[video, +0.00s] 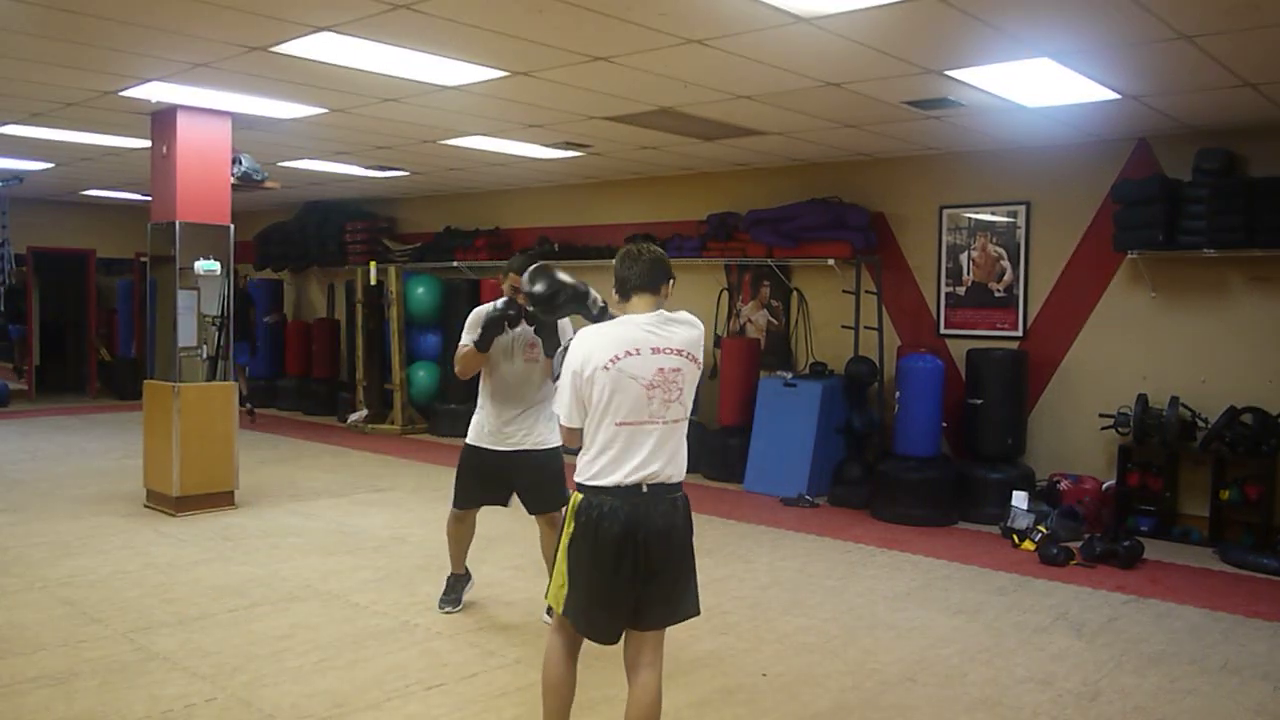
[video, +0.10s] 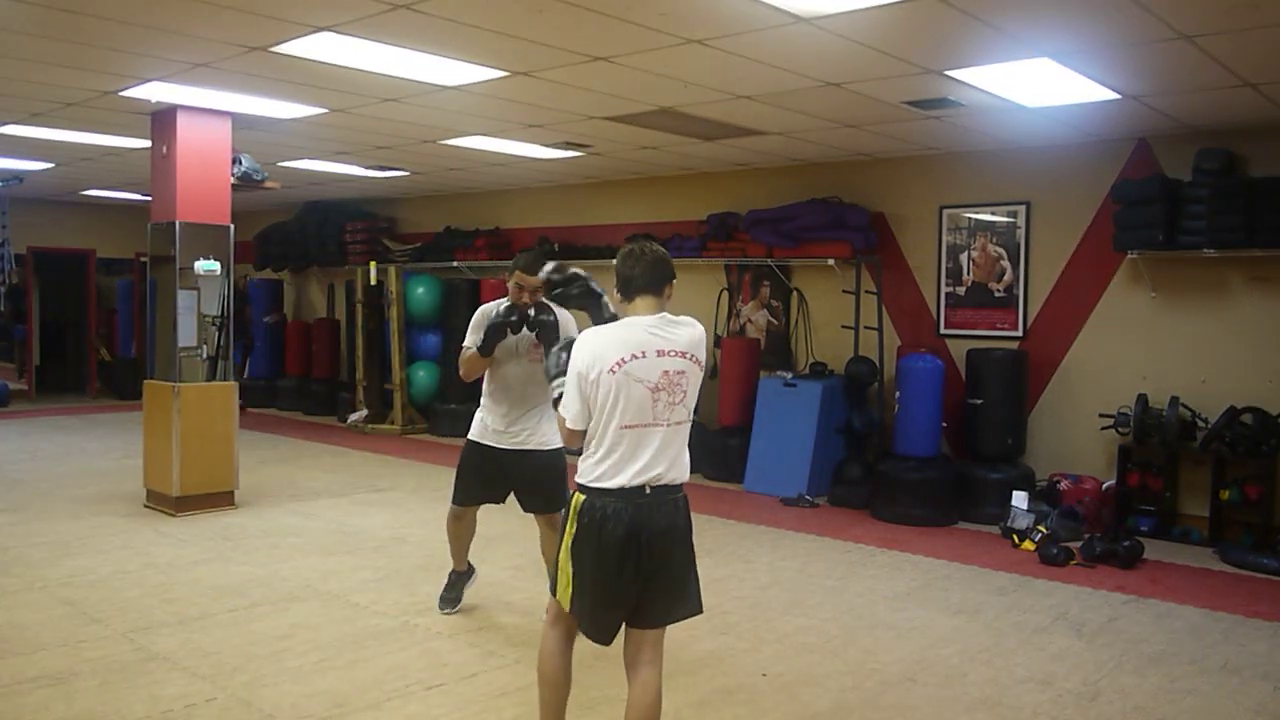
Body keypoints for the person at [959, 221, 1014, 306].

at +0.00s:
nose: (983, 241)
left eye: (985, 237)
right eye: (979, 237)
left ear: (990, 237)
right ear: (975, 237)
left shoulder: (998, 252)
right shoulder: (971, 253)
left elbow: (1009, 272)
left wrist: (1000, 286)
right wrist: (966, 279)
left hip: (992, 288)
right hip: (975, 287)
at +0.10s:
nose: (983, 241)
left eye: (985, 237)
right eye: (979, 237)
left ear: (990, 237)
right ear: (975, 237)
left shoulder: (998, 252)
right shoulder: (971, 253)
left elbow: (1009, 272)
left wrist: (1000, 286)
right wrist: (966, 279)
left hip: (992, 288)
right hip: (975, 287)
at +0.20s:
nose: (983, 241)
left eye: (985, 237)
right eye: (979, 237)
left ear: (990, 237)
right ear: (975, 237)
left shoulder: (998, 252)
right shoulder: (971, 253)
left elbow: (1009, 272)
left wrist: (1000, 286)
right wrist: (966, 279)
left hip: (991, 288)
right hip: (975, 287)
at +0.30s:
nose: (983, 241)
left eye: (985, 237)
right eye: (979, 237)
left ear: (990, 237)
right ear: (975, 237)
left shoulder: (998, 252)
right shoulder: (971, 253)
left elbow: (1009, 272)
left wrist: (1000, 286)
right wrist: (966, 279)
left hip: (991, 288)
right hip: (975, 287)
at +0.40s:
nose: (983, 241)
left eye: (985, 237)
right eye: (979, 237)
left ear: (990, 237)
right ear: (975, 237)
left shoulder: (998, 252)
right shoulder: (971, 253)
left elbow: (1009, 272)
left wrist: (1000, 286)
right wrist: (966, 279)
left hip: (992, 288)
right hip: (975, 287)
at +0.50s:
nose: (983, 241)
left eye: (985, 237)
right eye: (979, 237)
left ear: (990, 237)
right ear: (975, 237)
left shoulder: (998, 252)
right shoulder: (971, 253)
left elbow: (1009, 272)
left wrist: (1000, 286)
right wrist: (966, 279)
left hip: (992, 288)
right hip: (975, 287)